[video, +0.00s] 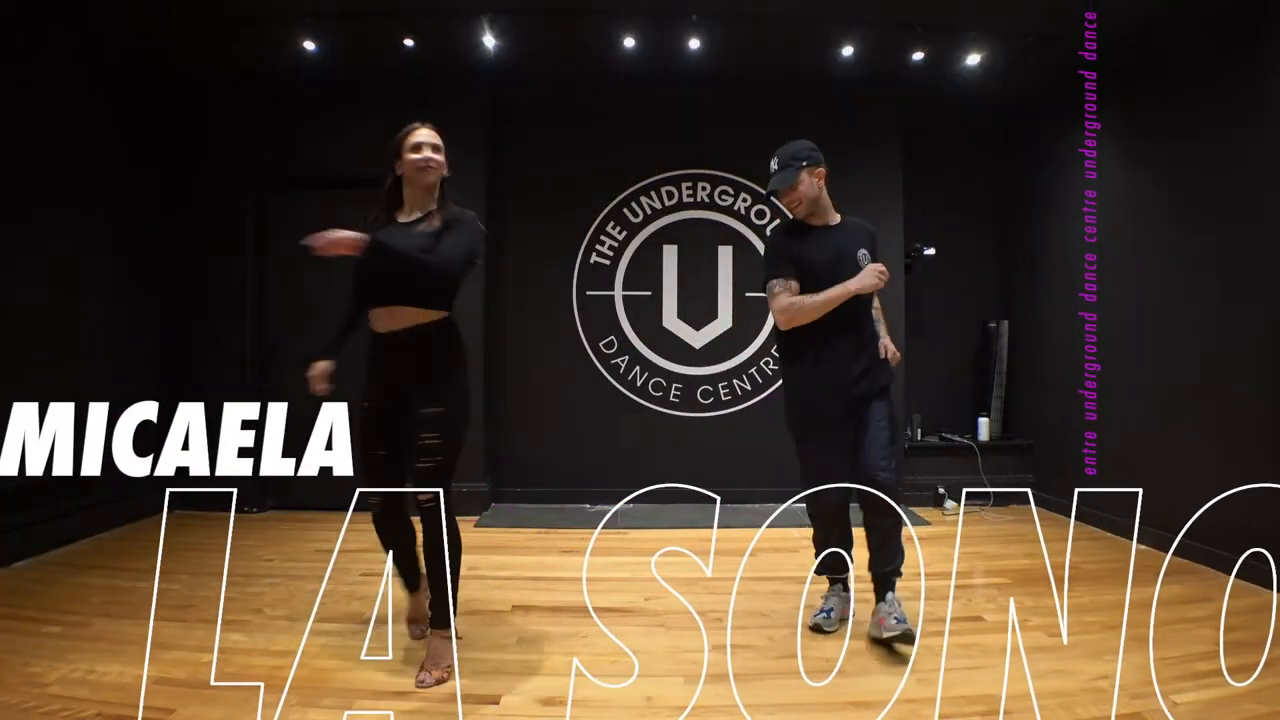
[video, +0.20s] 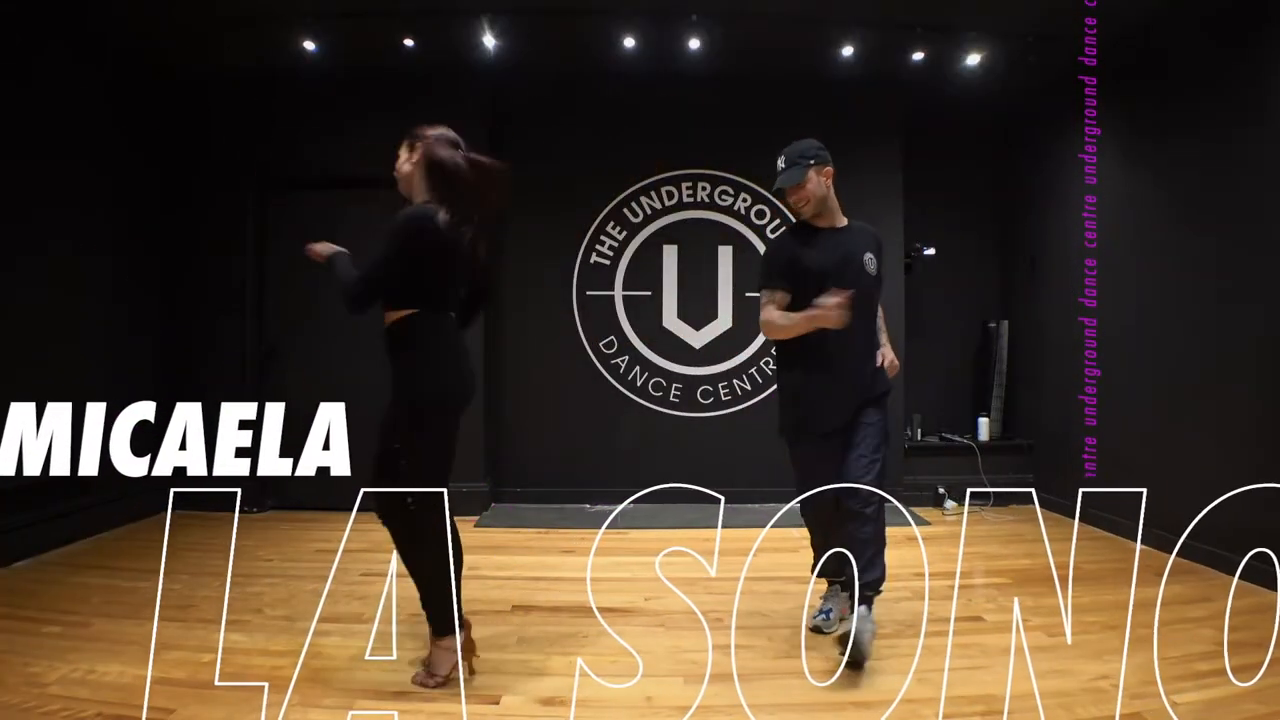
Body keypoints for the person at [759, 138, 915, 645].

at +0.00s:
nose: (785, 199)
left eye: (791, 187)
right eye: (779, 192)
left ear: (818, 175)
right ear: (777, 192)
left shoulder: (861, 233)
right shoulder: (781, 242)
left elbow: (869, 295)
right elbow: (784, 314)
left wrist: (882, 335)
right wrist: (853, 286)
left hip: (866, 381)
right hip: (811, 389)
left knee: (879, 484)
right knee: (823, 494)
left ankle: (886, 599)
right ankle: (836, 590)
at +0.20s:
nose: (793, 198)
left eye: (799, 186)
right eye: (786, 191)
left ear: (827, 176)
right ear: (783, 194)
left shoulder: (867, 240)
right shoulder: (783, 248)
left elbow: (871, 300)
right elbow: (767, 323)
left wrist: (883, 343)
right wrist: (813, 316)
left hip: (862, 393)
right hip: (805, 400)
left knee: (860, 493)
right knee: (817, 500)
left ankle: (862, 606)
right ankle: (835, 589)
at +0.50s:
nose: (791, 188)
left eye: (796, 175)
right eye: (785, 181)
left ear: (827, 160)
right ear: (786, 182)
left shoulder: (880, 225)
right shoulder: (791, 239)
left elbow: (925, 297)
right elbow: (760, 301)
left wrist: (884, 342)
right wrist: (743, 242)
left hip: (847, 381)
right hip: (791, 386)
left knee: (821, 489)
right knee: (784, 501)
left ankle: (843, 631)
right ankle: (834, 611)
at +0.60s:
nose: (789, 193)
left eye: (792, 179)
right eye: (782, 186)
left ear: (821, 159)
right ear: (785, 181)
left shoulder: (878, 219)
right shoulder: (802, 235)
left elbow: (928, 292)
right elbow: (770, 299)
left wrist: (869, 342)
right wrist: (756, 240)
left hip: (841, 384)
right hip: (789, 385)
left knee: (815, 497)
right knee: (776, 500)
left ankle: (839, 637)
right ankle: (832, 609)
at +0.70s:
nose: (782, 195)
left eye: (785, 182)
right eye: (777, 187)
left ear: (813, 161)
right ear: (798, 173)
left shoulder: (871, 219)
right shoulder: (808, 233)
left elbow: (922, 291)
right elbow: (788, 303)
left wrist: (850, 346)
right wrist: (772, 243)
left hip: (836, 386)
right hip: (793, 384)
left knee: (807, 505)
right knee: (771, 502)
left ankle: (837, 637)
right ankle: (831, 605)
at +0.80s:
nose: (774, 197)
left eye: (774, 183)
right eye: (768, 188)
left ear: (804, 161)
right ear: (800, 169)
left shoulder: (856, 215)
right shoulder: (828, 225)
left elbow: (897, 289)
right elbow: (811, 291)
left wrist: (823, 350)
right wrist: (780, 253)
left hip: (826, 389)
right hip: (802, 381)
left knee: (789, 500)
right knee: (774, 496)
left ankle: (836, 633)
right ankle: (843, 582)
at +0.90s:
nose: (771, 197)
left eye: (771, 182)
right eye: (766, 187)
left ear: (800, 161)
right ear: (798, 166)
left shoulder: (840, 213)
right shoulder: (825, 217)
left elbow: (872, 287)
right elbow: (845, 286)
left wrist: (804, 352)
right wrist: (796, 274)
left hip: (823, 396)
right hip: (808, 390)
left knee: (787, 508)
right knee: (785, 504)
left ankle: (836, 637)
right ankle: (853, 593)